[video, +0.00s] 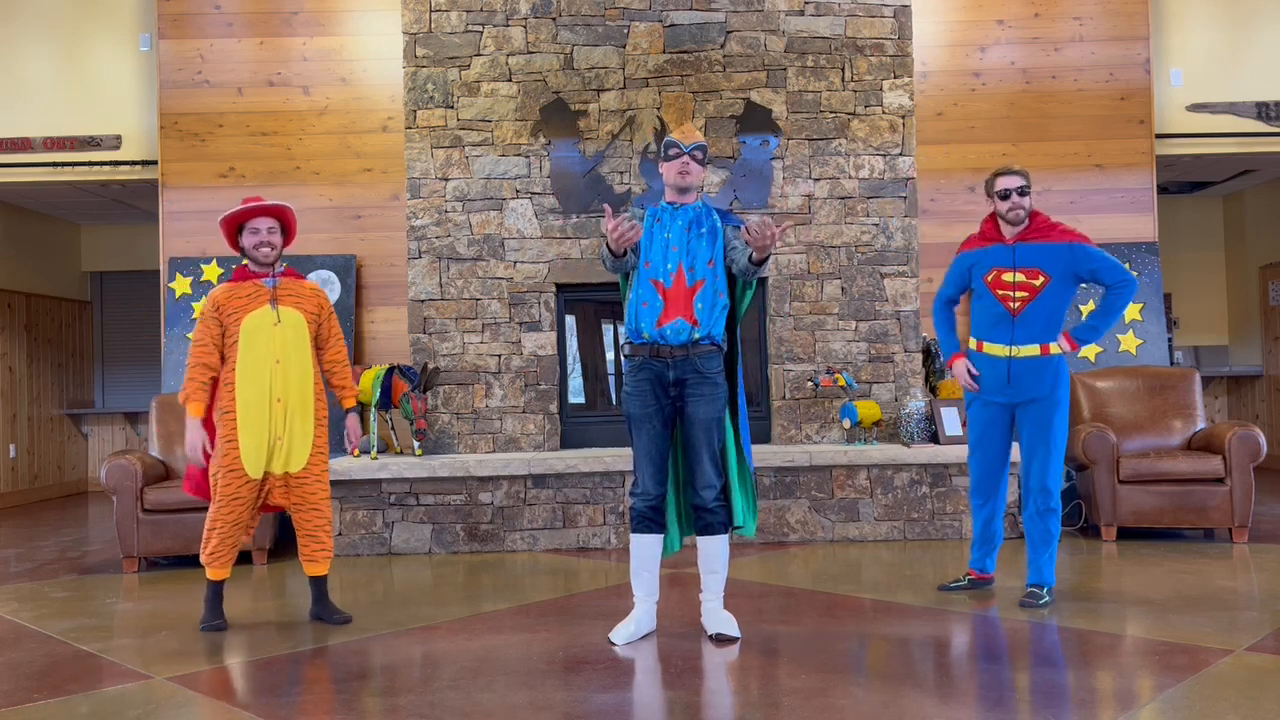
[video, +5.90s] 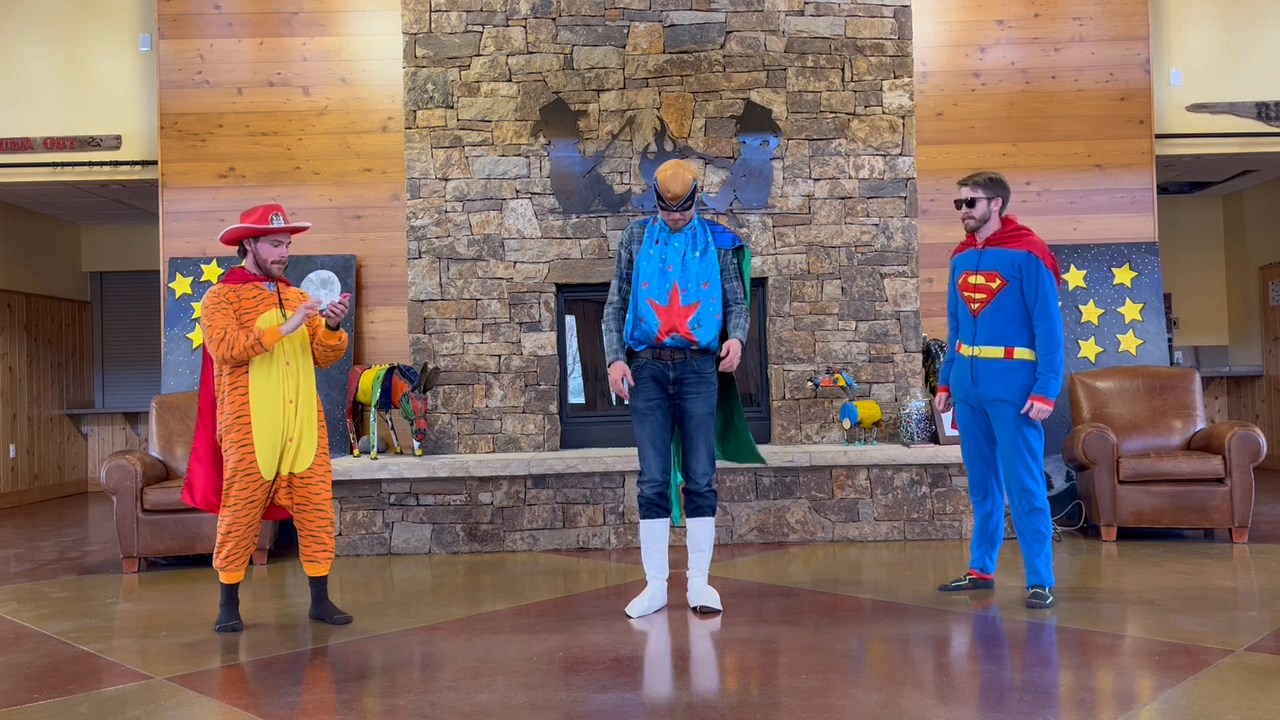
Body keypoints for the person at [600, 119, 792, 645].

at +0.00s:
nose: (685, 162)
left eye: (695, 156)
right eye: (675, 154)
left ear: (706, 169)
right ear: (659, 165)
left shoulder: (722, 221)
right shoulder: (639, 217)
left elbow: (743, 266)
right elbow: (620, 262)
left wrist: (760, 252)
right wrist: (616, 247)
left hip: (703, 363)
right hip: (644, 364)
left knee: (707, 484)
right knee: (648, 485)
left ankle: (713, 607)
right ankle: (644, 609)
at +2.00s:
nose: (656, 167)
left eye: (668, 156)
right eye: (649, 161)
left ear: (692, 164)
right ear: (644, 172)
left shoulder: (724, 222)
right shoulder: (631, 224)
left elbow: (747, 294)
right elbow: (608, 304)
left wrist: (775, 283)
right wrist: (595, 280)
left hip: (703, 365)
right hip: (643, 366)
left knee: (709, 485)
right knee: (648, 487)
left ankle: (713, 608)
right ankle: (644, 609)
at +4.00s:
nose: (692, 170)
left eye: (702, 161)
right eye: (682, 161)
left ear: (716, 166)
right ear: (669, 166)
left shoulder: (740, 226)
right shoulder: (646, 223)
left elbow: (762, 296)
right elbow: (616, 290)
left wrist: (770, 358)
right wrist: (600, 348)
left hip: (715, 366)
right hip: (654, 366)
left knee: (716, 488)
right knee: (653, 489)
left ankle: (715, 607)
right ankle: (644, 609)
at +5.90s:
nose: (675, 217)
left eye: (682, 210)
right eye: (668, 210)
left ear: (696, 201)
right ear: (656, 202)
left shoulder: (717, 241)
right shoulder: (635, 236)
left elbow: (738, 302)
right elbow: (615, 304)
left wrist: (736, 337)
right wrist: (615, 358)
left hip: (699, 367)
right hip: (646, 368)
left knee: (700, 476)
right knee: (653, 477)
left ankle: (699, 583)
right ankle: (656, 585)